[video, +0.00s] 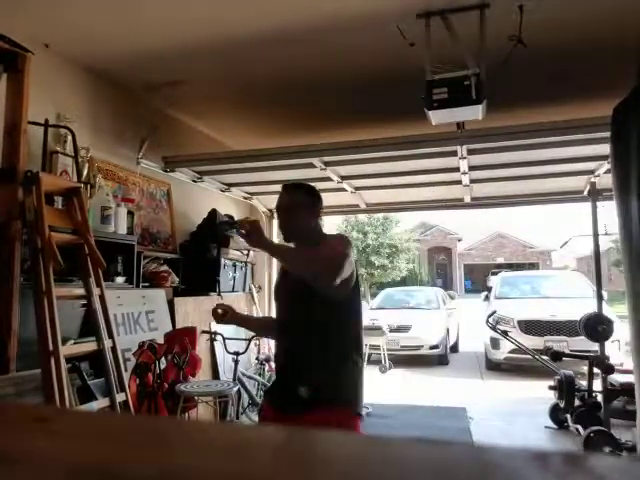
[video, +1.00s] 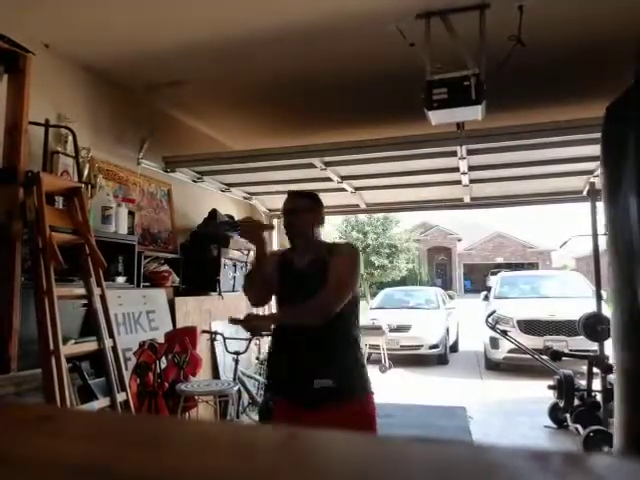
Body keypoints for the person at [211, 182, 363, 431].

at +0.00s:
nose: (281, 218)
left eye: (289, 211)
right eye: (279, 211)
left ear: (314, 213)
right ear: (276, 214)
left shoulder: (337, 245)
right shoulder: (290, 261)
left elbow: (329, 274)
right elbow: (288, 329)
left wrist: (267, 245)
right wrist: (238, 319)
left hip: (332, 397)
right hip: (287, 394)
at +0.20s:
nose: (255, 227)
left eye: (260, 218)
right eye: (254, 219)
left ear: (288, 218)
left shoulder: (316, 244)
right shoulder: (269, 273)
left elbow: (318, 295)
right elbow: (254, 326)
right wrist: (223, 287)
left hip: (324, 354)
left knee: (259, 350)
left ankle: (293, 443)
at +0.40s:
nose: (253, 226)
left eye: (260, 217)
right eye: (250, 219)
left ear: (283, 218)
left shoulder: (306, 251)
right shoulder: (265, 267)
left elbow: (285, 298)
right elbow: (240, 314)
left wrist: (232, 317)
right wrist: (221, 270)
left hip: (316, 348)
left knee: (252, 341)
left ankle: (279, 443)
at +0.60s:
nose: (246, 225)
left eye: (253, 216)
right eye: (243, 219)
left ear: (277, 218)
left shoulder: (297, 248)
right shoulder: (269, 267)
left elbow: (275, 304)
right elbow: (248, 317)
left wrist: (239, 343)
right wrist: (230, 273)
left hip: (303, 368)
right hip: (278, 368)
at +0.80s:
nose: (257, 224)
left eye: (264, 216)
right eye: (255, 218)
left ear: (289, 217)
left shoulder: (309, 251)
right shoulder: (273, 269)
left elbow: (283, 309)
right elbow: (244, 317)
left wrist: (247, 342)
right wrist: (231, 269)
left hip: (318, 396)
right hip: (272, 394)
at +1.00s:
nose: (288, 220)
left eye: (296, 212)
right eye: (285, 214)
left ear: (319, 217)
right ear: (282, 219)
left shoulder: (344, 254)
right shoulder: (277, 261)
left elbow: (326, 308)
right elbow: (257, 297)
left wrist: (270, 320)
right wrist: (259, 245)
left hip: (342, 391)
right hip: (289, 390)